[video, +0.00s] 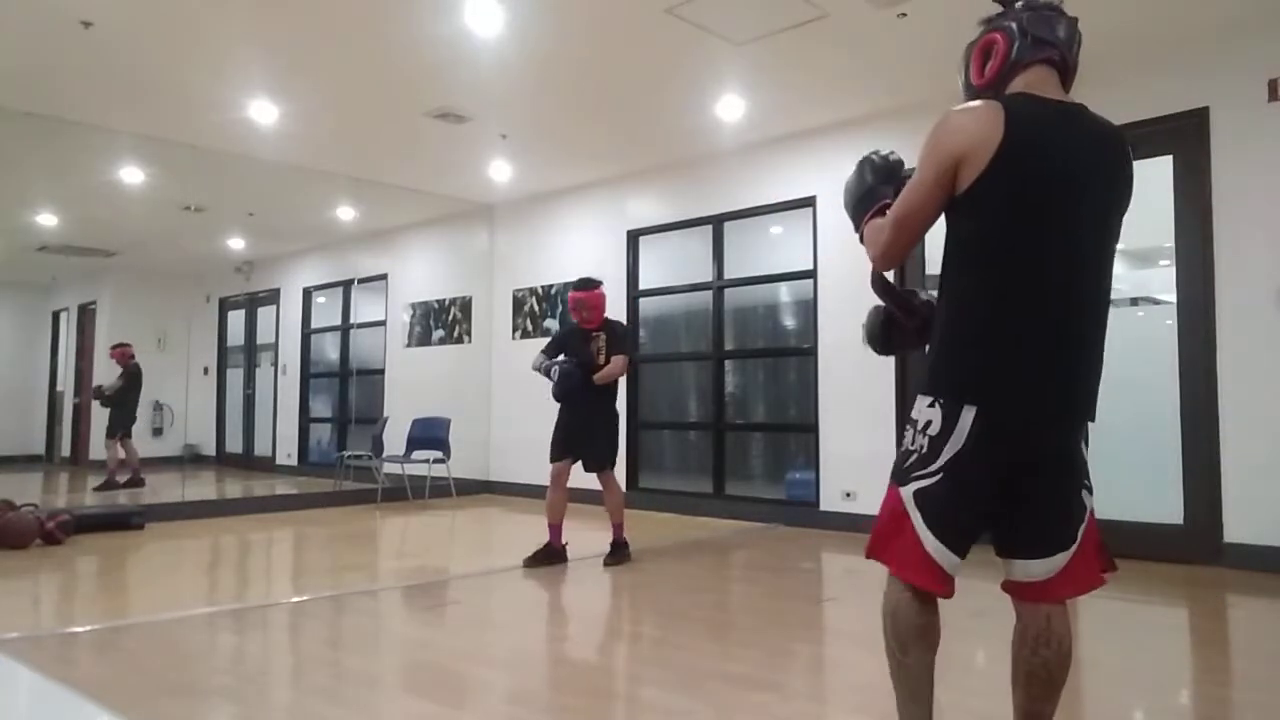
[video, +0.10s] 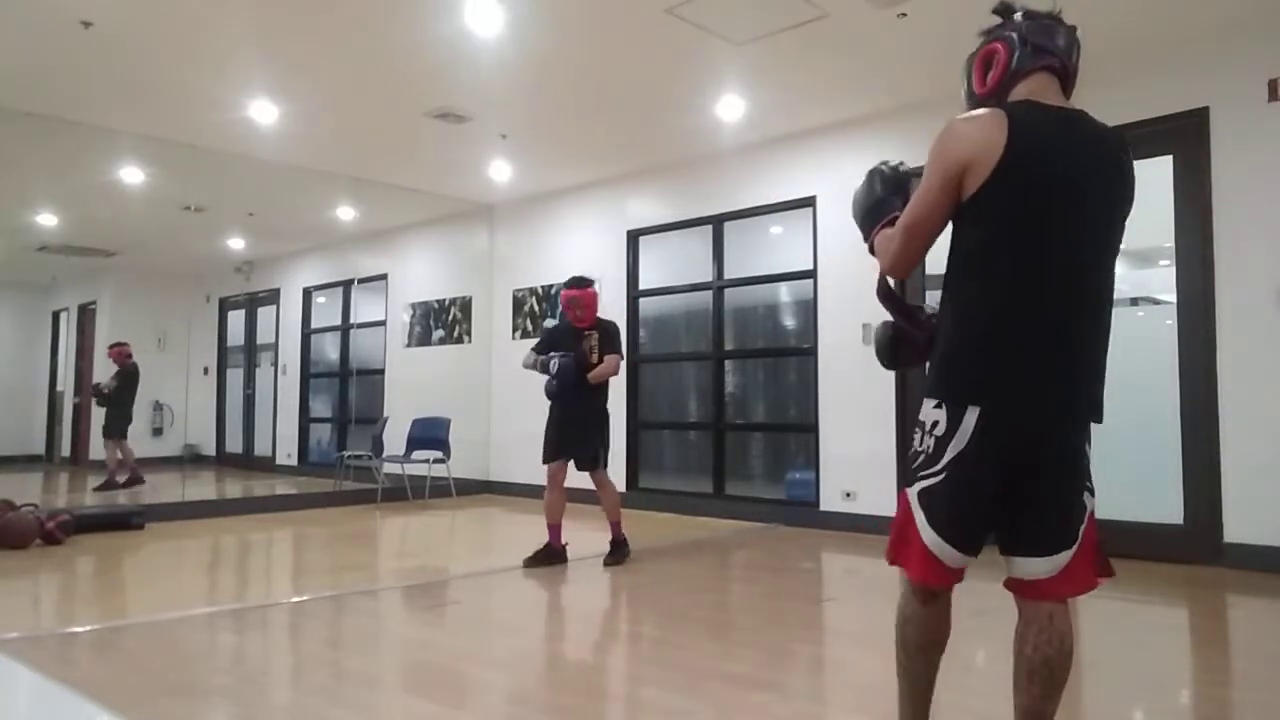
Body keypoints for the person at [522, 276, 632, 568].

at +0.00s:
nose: (580, 316)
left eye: (587, 309)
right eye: (575, 310)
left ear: (601, 305)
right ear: (570, 309)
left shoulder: (617, 331)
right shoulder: (567, 334)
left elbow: (618, 367)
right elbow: (538, 360)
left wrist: (582, 380)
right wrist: (552, 368)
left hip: (602, 413)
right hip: (570, 412)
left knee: (606, 476)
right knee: (558, 473)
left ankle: (619, 542)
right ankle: (555, 545)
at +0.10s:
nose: (576, 313)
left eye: (581, 306)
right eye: (570, 307)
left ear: (594, 303)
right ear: (563, 306)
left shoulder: (606, 330)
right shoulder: (556, 333)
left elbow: (612, 366)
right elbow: (528, 360)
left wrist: (577, 380)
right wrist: (549, 364)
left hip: (592, 412)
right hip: (561, 412)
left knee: (599, 476)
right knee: (554, 475)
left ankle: (618, 541)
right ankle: (554, 546)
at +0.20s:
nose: (570, 310)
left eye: (575, 303)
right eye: (564, 304)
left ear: (586, 300)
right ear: (555, 304)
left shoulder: (598, 329)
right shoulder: (549, 331)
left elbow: (605, 367)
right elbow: (518, 357)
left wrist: (567, 379)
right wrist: (545, 359)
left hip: (583, 412)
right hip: (553, 412)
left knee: (590, 477)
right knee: (552, 476)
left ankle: (615, 538)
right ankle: (554, 545)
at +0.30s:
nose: (566, 304)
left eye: (573, 297)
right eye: (559, 297)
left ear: (582, 300)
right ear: (550, 300)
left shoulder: (591, 329)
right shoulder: (539, 330)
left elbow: (602, 368)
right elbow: (510, 361)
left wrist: (566, 380)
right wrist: (538, 359)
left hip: (578, 411)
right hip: (547, 411)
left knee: (582, 477)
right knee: (550, 476)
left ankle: (605, 535)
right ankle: (554, 545)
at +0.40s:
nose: (563, 301)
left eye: (569, 295)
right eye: (556, 295)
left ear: (579, 298)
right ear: (546, 298)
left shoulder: (587, 330)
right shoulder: (534, 330)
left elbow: (602, 367)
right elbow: (508, 365)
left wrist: (576, 373)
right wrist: (535, 359)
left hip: (575, 410)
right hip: (544, 411)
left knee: (577, 476)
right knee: (548, 477)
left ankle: (593, 540)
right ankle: (553, 545)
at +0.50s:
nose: (559, 299)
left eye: (565, 293)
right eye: (553, 293)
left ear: (575, 297)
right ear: (543, 296)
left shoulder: (582, 328)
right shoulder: (530, 328)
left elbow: (603, 363)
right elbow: (505, 365)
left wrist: (580, 364)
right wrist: (530, 358)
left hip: (572, 410)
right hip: (541, 411)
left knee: (574, 476)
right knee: (547, 477)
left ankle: (584, 546)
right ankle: (553, 546)